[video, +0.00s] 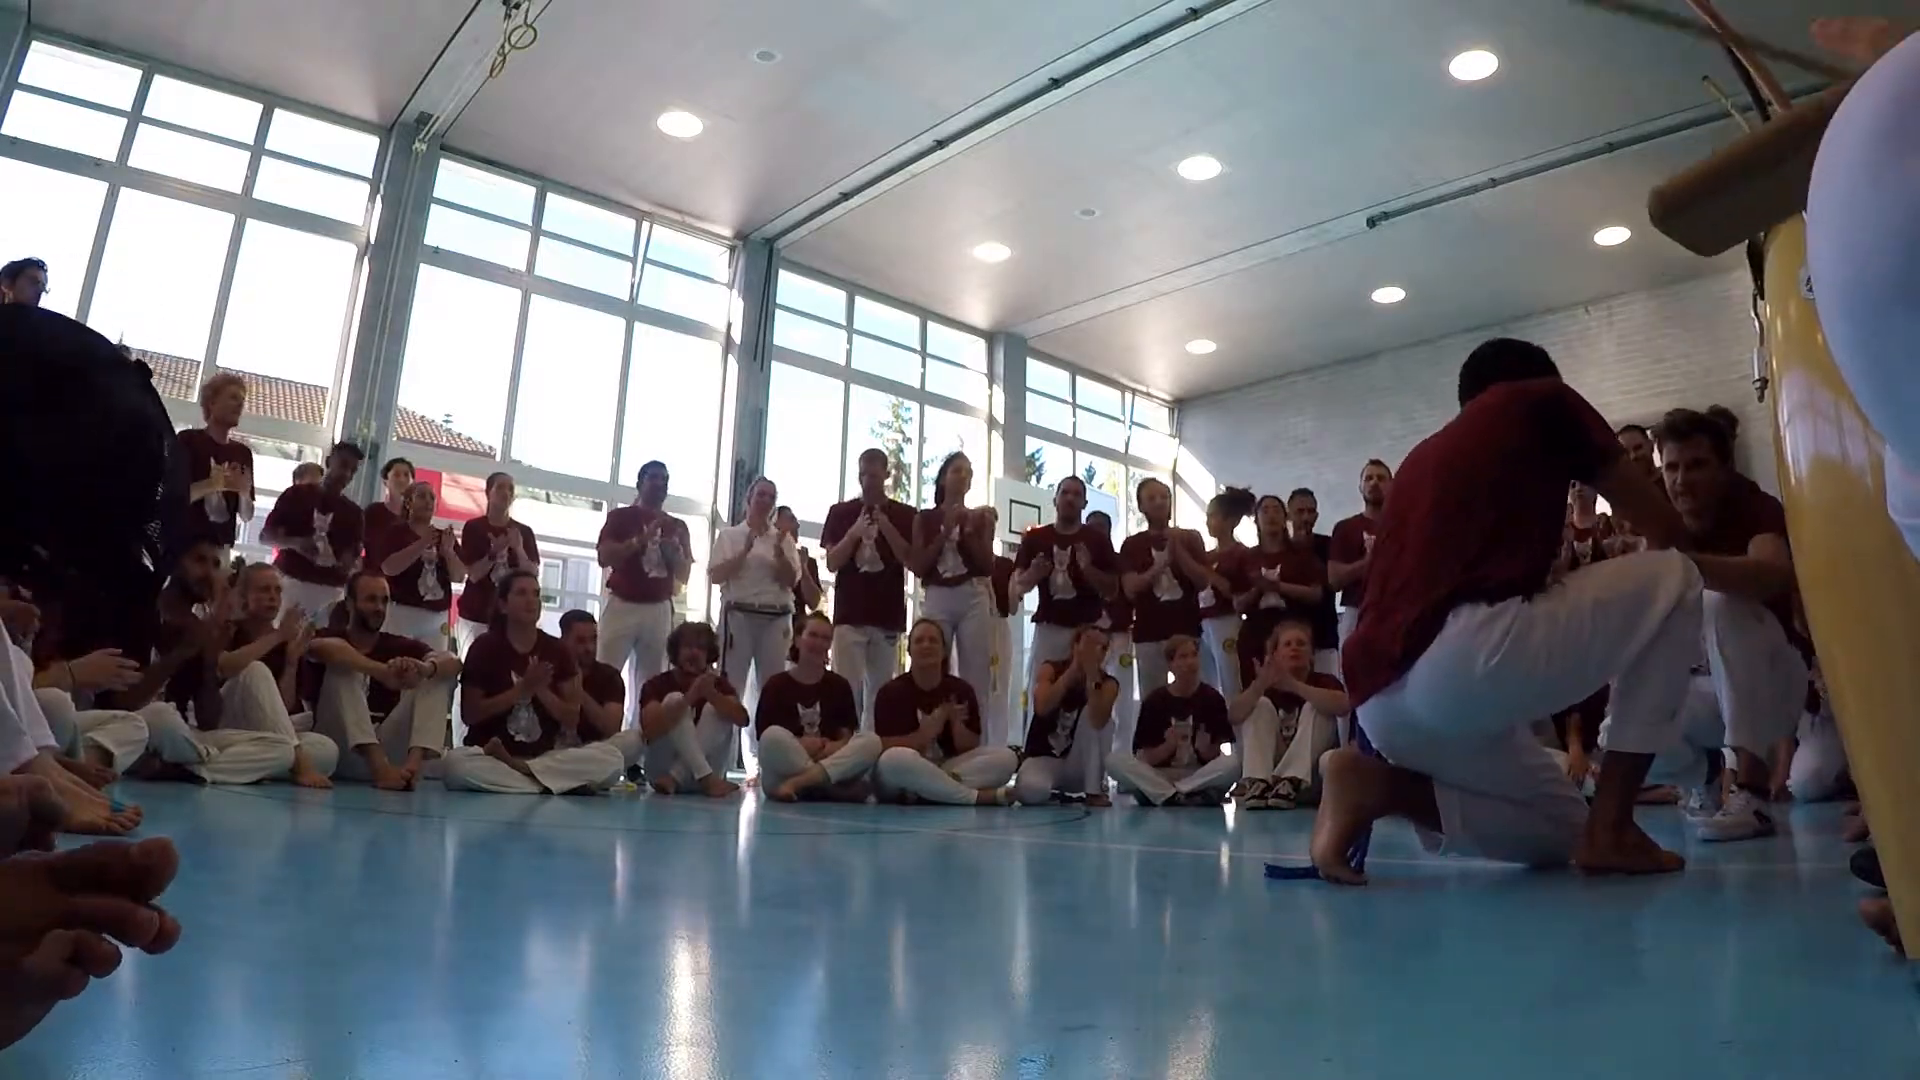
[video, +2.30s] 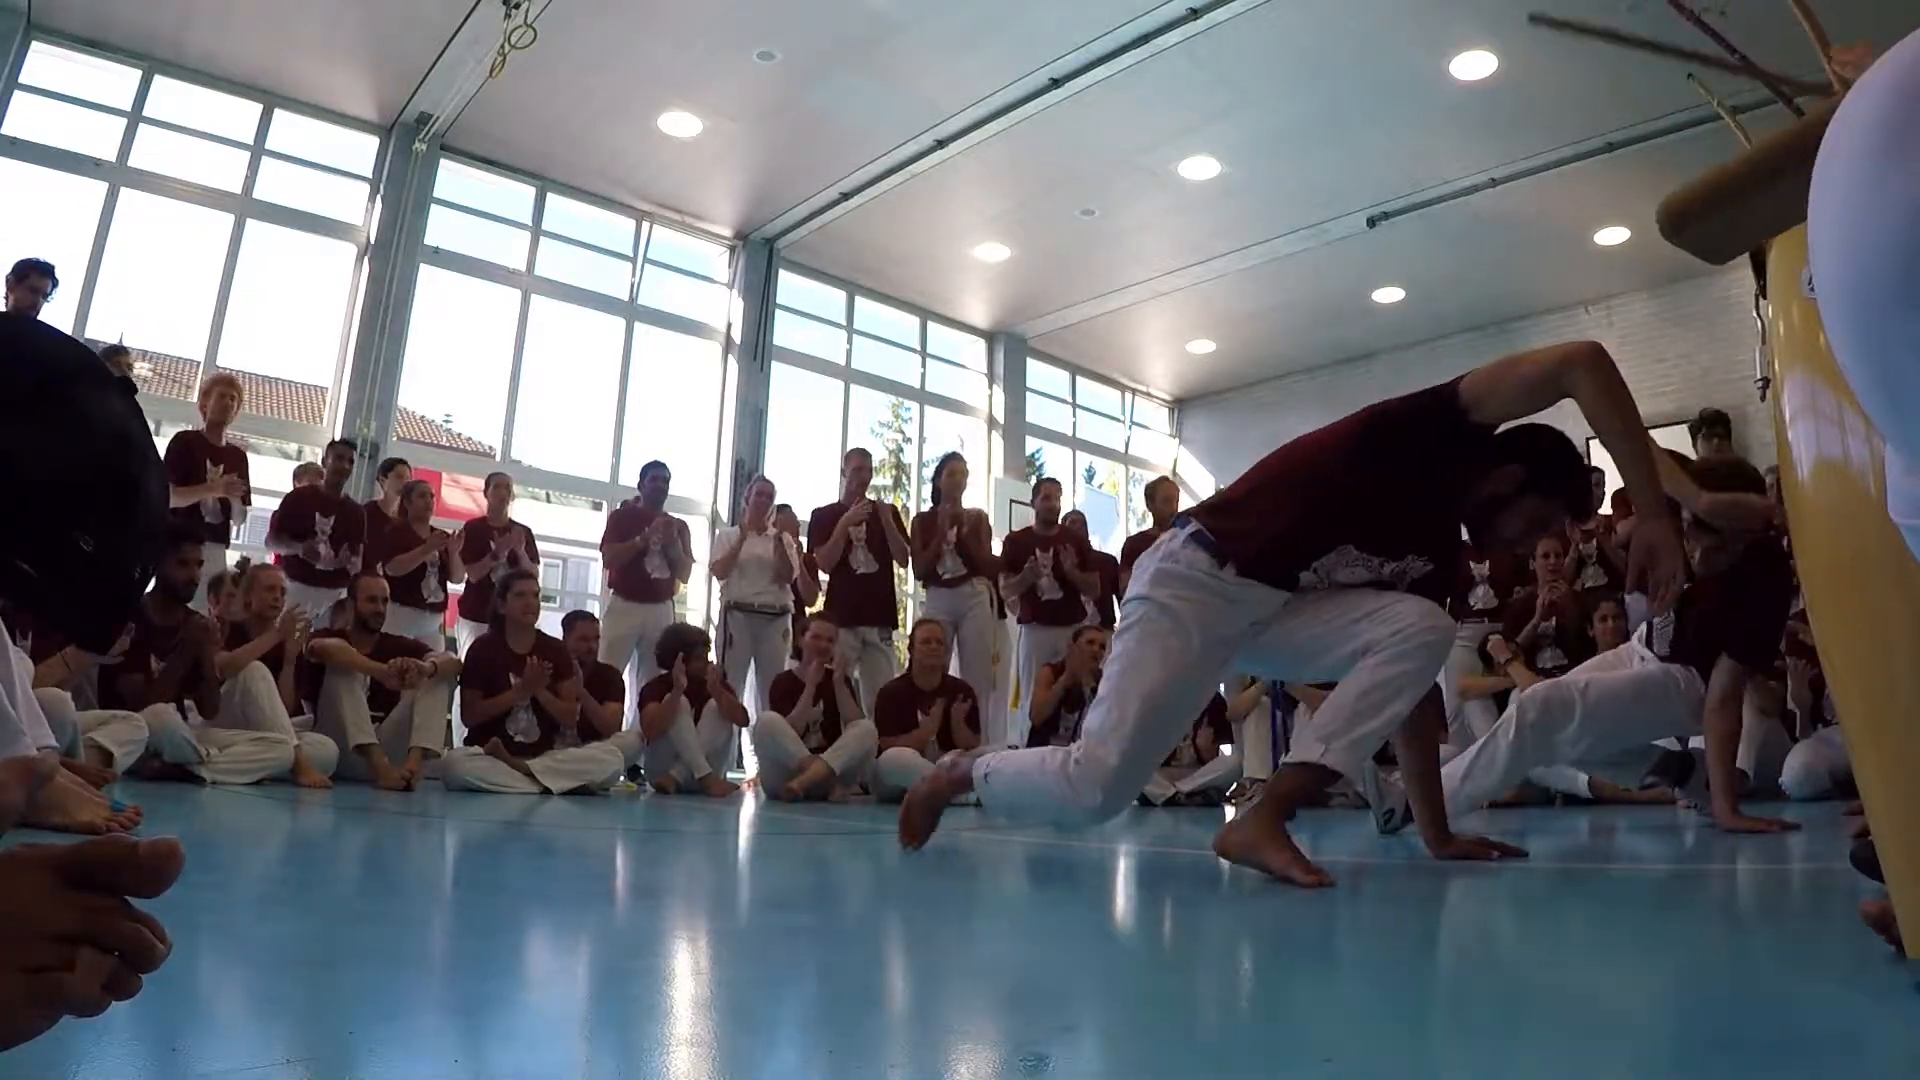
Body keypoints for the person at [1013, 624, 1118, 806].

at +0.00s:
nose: (1095, 653)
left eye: (1102, 648)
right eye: (1089, 645)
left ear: (1106, 653)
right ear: (1075, 647)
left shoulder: (1107, 683)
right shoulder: (1050, 669)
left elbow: (1098, 719)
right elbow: (1042, 707)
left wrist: (1092, 672)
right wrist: (1074, 669)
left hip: (1080, 762)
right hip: (1043, 760)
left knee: (1093, 712)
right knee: (1031, 792)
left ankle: (1094, 790)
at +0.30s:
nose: (1093, 651)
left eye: (1101, 647)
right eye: (1088, 644)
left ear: (1105, 652)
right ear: (1074, 645)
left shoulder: (1108, 683)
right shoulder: (1049, 669)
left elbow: (1098, 719)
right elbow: (1041, 706)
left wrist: (1091, 671)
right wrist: (1075, 667)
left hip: (1080, 763)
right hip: (1042, 760)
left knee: (1093, 712)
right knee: (1032, 792)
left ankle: (1094, 790)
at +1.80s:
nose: (1098, 648)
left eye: (1103, 645)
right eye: (1092, 642)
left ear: (1105, 651)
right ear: (1074, 644)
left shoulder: (1108, 683)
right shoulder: (1050, 671)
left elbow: (1102, 720)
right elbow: (1040, 711)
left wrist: (1091, 678)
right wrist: (1072, 673)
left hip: (1080, 762)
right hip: (1042, 760)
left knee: (1095, 709)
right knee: (1034, 793)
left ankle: (1093, 791)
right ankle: (1010, 794)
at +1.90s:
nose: (1098, 649)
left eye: (1103, 645)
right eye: (1092, 642)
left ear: (1105, 651)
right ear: (1074, 644)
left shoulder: (1109, 683)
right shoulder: (1050, 671)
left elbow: (1105, 726)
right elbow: (1040, 711)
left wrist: (1094, 684)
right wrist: (1069, 672)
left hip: (1083, 759)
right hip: (1043, 757)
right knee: (1041, 787)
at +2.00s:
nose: (1097, 649)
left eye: (1103, 645)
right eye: (1092, 642)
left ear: (1107, 650)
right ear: (1074, 644)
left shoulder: (1105, 679)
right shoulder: (1051, 670)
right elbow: (1046, 705)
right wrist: (1073, 671)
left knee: (1097, 727)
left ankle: (1093, 789)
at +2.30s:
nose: (1096, 650)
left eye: (1102, 646)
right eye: (1090, 643)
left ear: (1105, 652)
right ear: (1073, 646)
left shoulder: (1103, 680)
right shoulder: (1050, 672)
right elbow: (1037, 717)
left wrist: (1091, 686)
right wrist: (1064, 682)